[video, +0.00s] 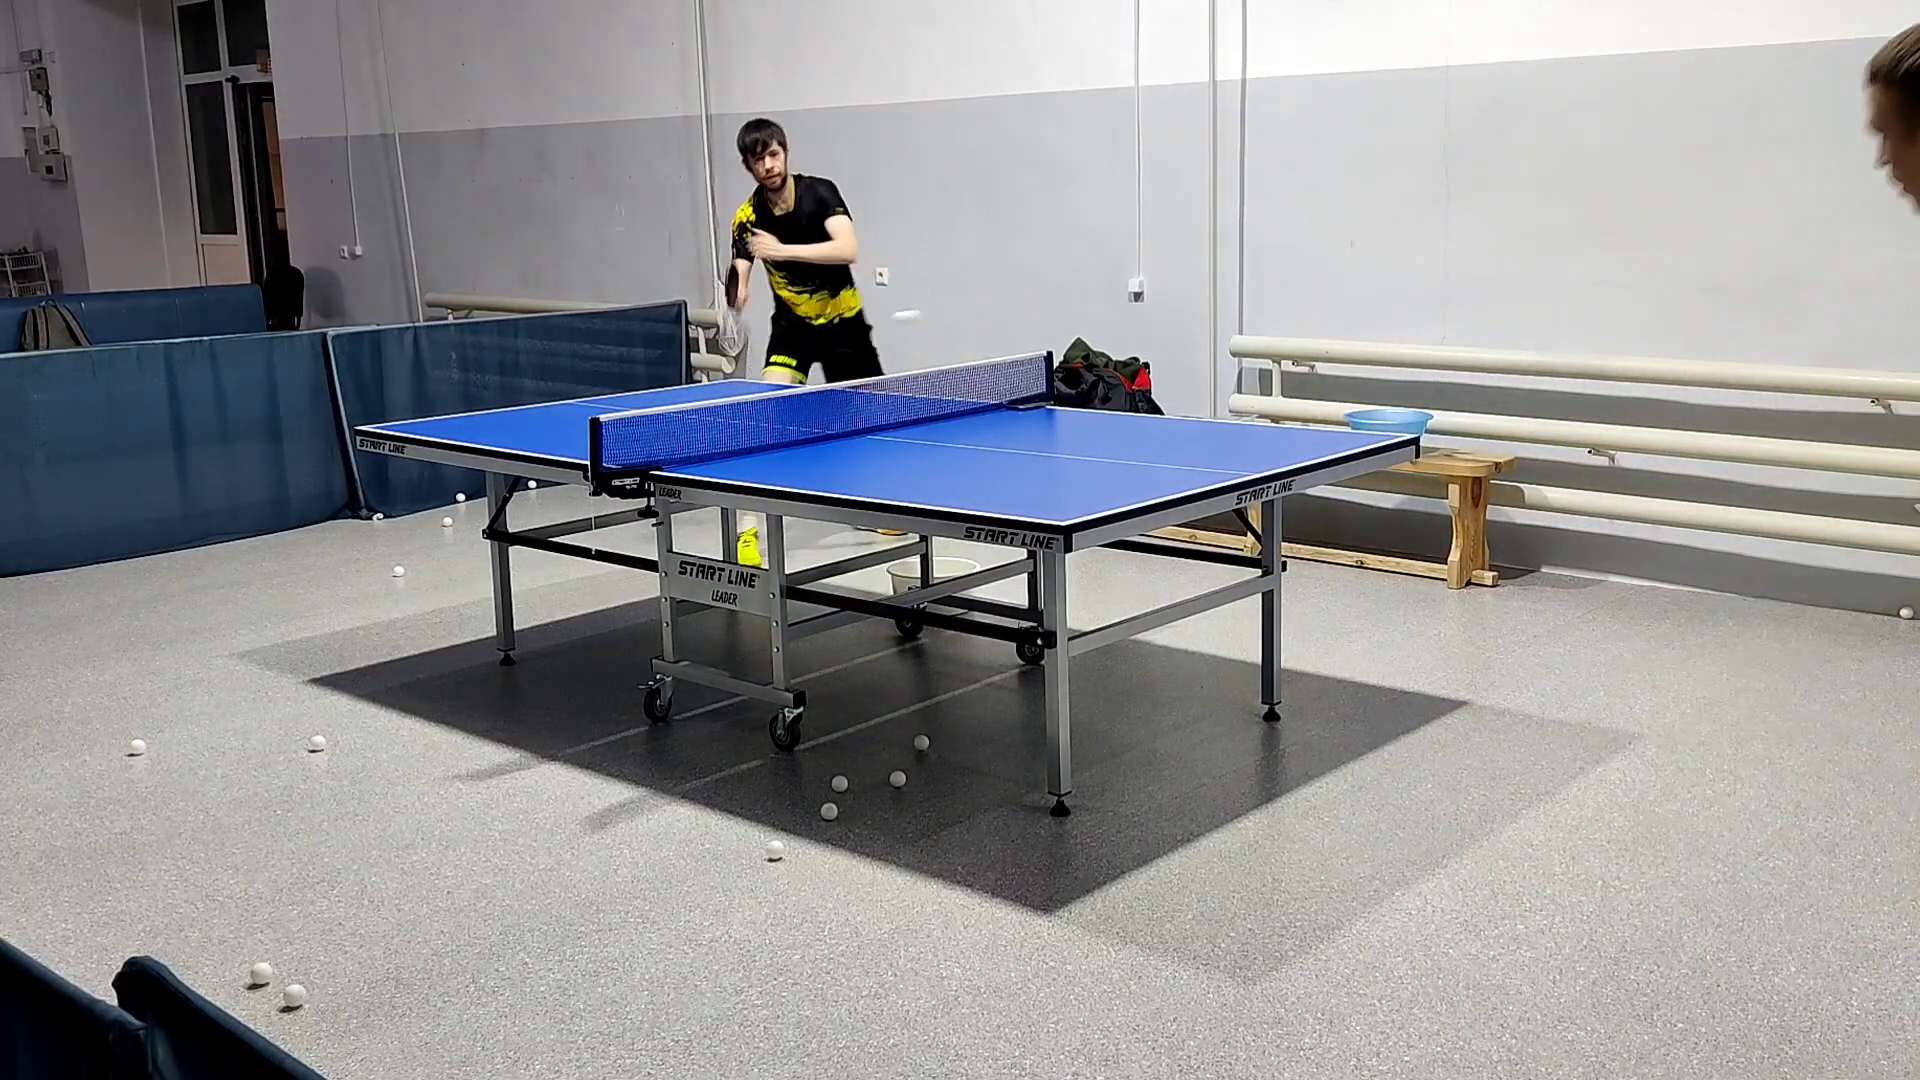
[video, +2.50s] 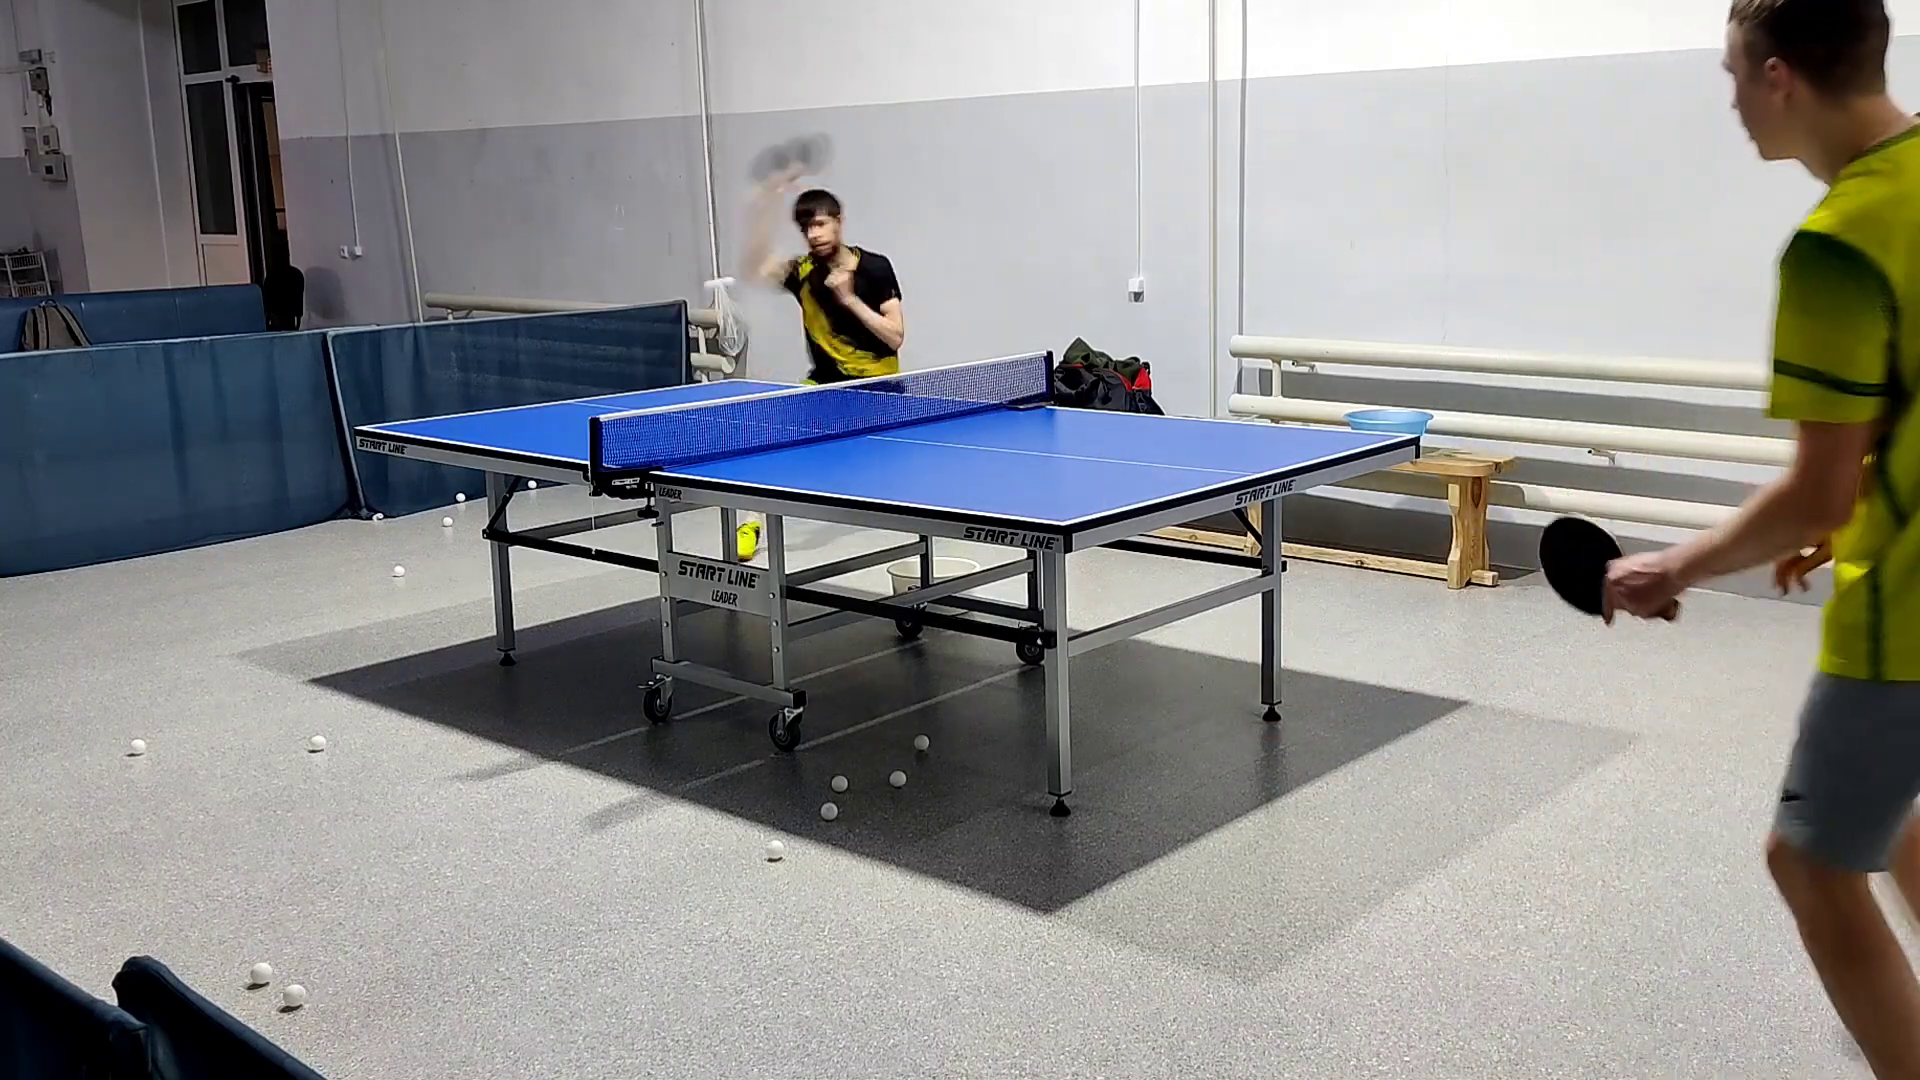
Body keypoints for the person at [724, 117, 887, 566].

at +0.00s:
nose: (769, 165)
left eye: (774, 154)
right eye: (758, 159)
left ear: (786, 152)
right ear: (748, 167)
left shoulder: (819, 192)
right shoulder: (748, 219)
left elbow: (848, 250)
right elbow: (739, 294)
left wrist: (782, 251)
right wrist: (736, 281)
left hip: (844, 325)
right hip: (792, 328)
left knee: (871, 419)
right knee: (766, 414)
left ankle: (888, 505)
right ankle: (748, 528)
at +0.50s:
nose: (771, 203)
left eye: (777, 192)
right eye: (763, 197)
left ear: (795, 186)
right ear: (758, 201)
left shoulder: (834, 217)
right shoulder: (772, 241)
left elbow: (864, 288)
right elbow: (758, 304)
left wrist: (802, 269)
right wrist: (744, 289)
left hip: (884, 335)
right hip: (834, 338)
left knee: (910, 426)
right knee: (797, 418)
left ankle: (929, 519)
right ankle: (773, 525)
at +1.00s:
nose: (766, 186)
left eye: (770, 175)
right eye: (755, 181)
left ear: (783, 175)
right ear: (747, 192)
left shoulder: (824, 217)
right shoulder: (752, 240)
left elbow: (874, 269)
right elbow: (744, 310)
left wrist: (839, 304)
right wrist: (775, 305)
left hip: (845, 344)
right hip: (792, 348)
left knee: (889, 422)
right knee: (758, 424)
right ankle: (726, 526)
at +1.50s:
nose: (744, 157)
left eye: (749, 146)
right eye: (733, 152)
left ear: (761, 147)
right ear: (721, 161)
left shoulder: (787, 197)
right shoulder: (718, 212)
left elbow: (825, 238)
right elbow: (707, 289)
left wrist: (851, 293)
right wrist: (746, 287)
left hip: (788, 333)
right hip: (742, 335)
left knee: (841, 411)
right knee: (740, 433)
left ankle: (860, 511)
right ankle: (695, 538)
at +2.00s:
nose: (723, 206)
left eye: (728, 194)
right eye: (713, 199)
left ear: (743, 189)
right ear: (706, 204)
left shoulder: (780, 223)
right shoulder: (719, 256)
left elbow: (788, 281)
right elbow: (714, 322)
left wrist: (717, 284)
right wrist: (712, 360)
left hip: (832, 338)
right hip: (784, 344)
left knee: (877, 410)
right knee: (754, 410)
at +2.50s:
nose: (813, 233)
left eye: (820, 224)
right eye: (807, 227)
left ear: (840, 223)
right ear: (802, 232)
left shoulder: (874, 268)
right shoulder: (800, 271)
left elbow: (895, 339)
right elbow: (752, 273)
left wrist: (849, 298)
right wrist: (769, 203)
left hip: (877, 385)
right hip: (823, 384)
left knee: (896, 465)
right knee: (766, 430)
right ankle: (752, 522)